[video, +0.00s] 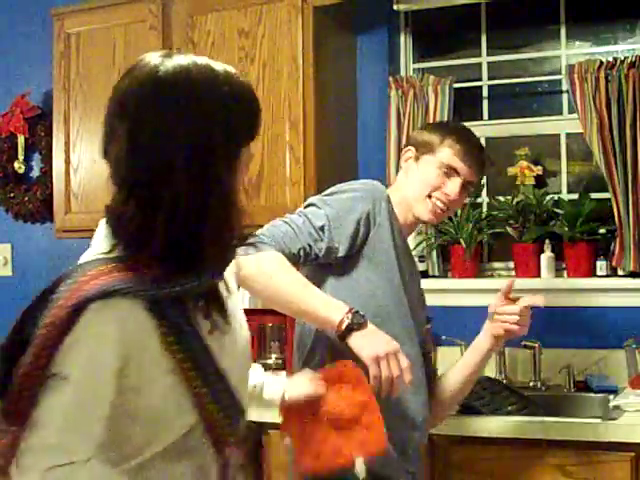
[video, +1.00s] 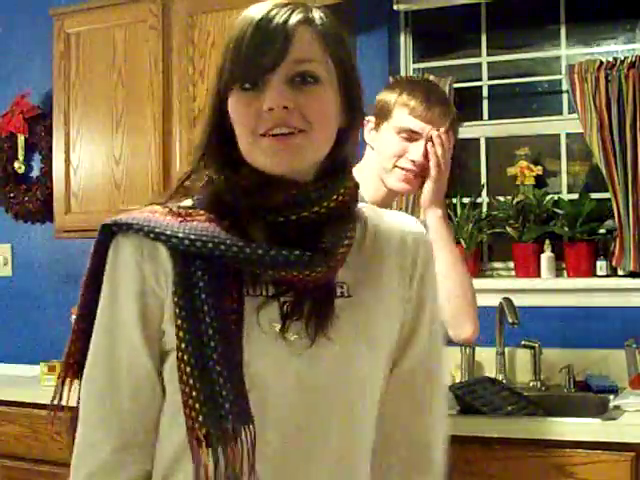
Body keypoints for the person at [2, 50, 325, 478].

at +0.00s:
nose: (245, 169)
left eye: (242, 152)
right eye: (237, 153)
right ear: (197, 160)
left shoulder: (204, 275)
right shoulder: (112, 311)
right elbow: (51, 466)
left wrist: (281, 391)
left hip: (218, 470)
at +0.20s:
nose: (217, 170)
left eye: (211, 156)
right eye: (203, 158)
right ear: (146, 166)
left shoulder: (189, 245)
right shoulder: (19, 321)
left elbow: (184, 394)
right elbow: (9, 466)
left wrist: (256, 466)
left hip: (175, 470)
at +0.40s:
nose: (164, 140)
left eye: (172, 110)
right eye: (125, 123)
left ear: (192, 115)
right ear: (70, 149)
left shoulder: (190, 243)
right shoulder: (13, 308)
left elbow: (176, 419)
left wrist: (240, 475)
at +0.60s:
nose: (195, 130)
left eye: (215, 104)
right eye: (162, 112)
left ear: (246, 124)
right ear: (122, 145)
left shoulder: (231, 279)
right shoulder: (61, 302)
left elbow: (225, 450)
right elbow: (9, 467)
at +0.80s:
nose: (261, 108)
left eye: (284, 85)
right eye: (230, 89)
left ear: (313, 109)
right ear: (193, 116)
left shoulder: (334, 263)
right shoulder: (119, 267)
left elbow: (330, 453)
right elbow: (90, 466)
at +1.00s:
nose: (275, 103)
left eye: (305, 79)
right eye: (251, 82)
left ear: (346, 102)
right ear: (226, 107)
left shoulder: (404, 253)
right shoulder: (151, 249)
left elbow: (413, 458)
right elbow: (110, 457)